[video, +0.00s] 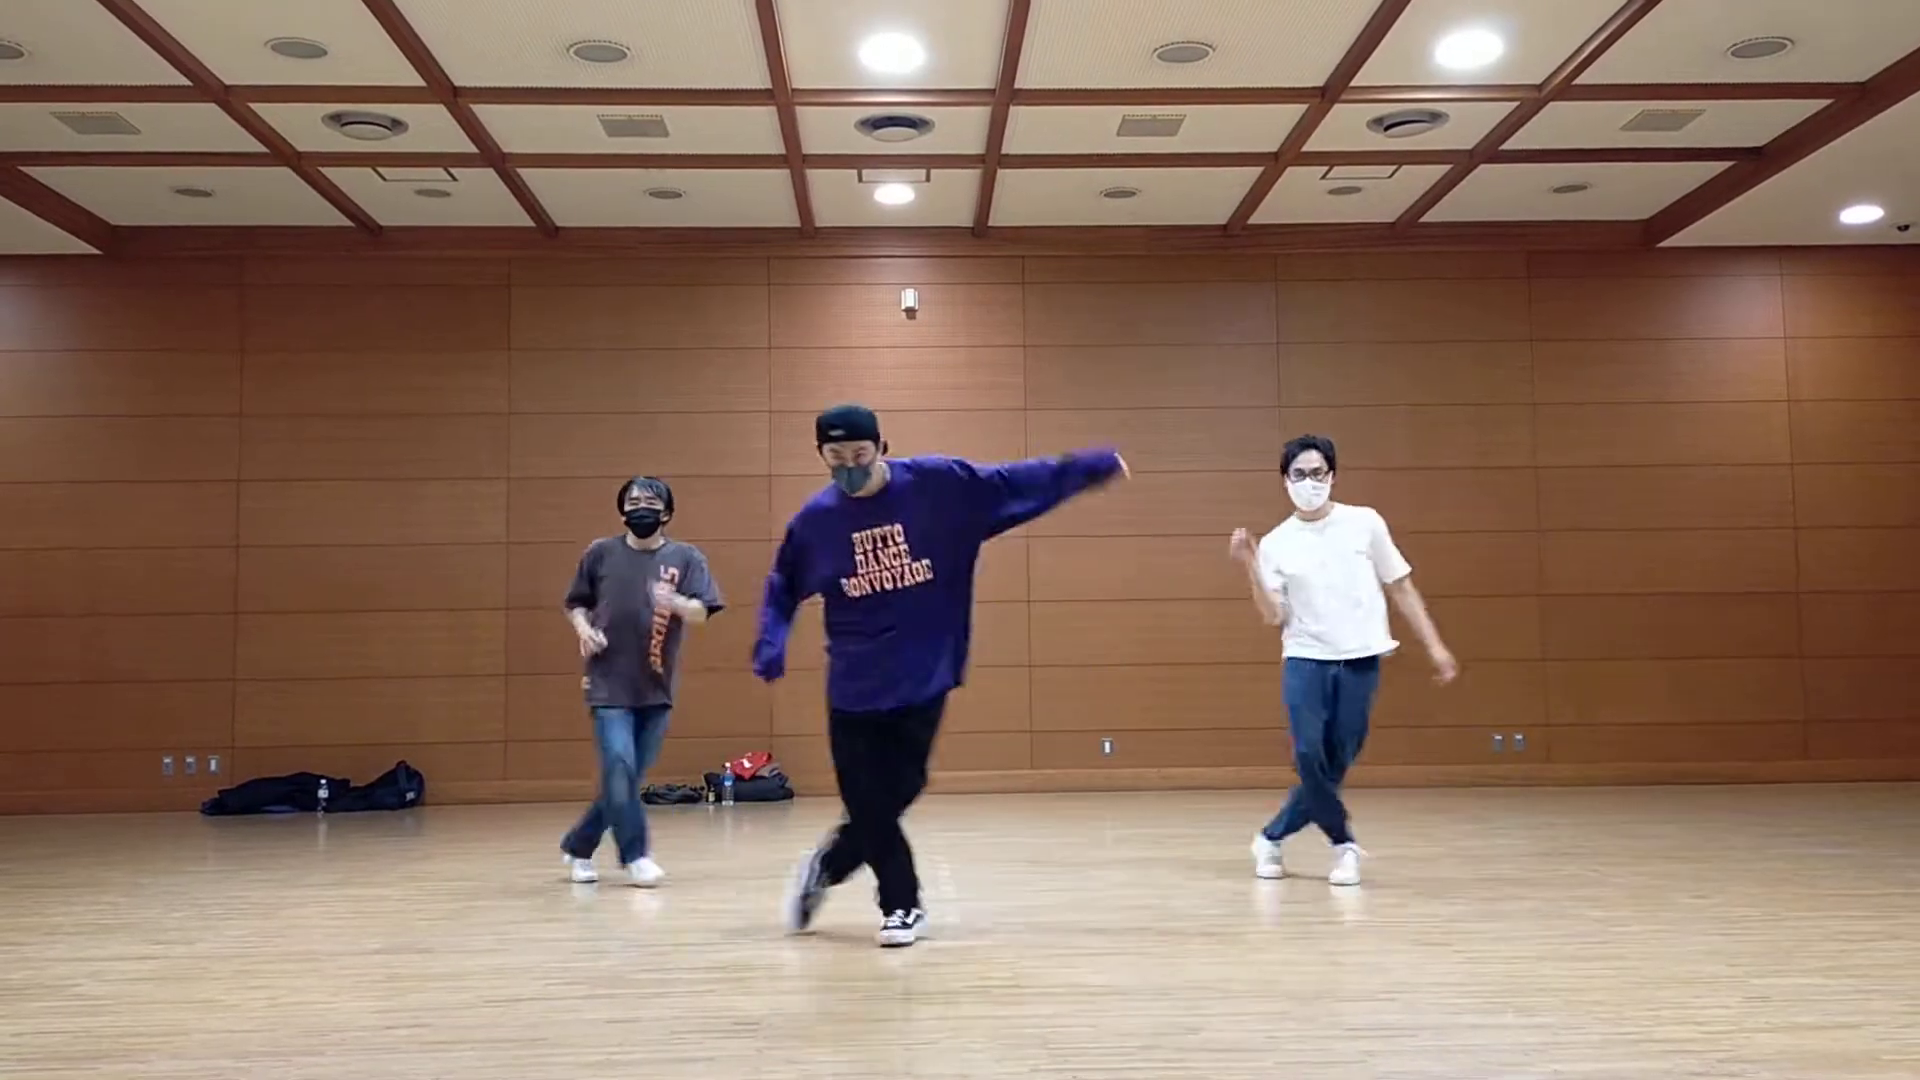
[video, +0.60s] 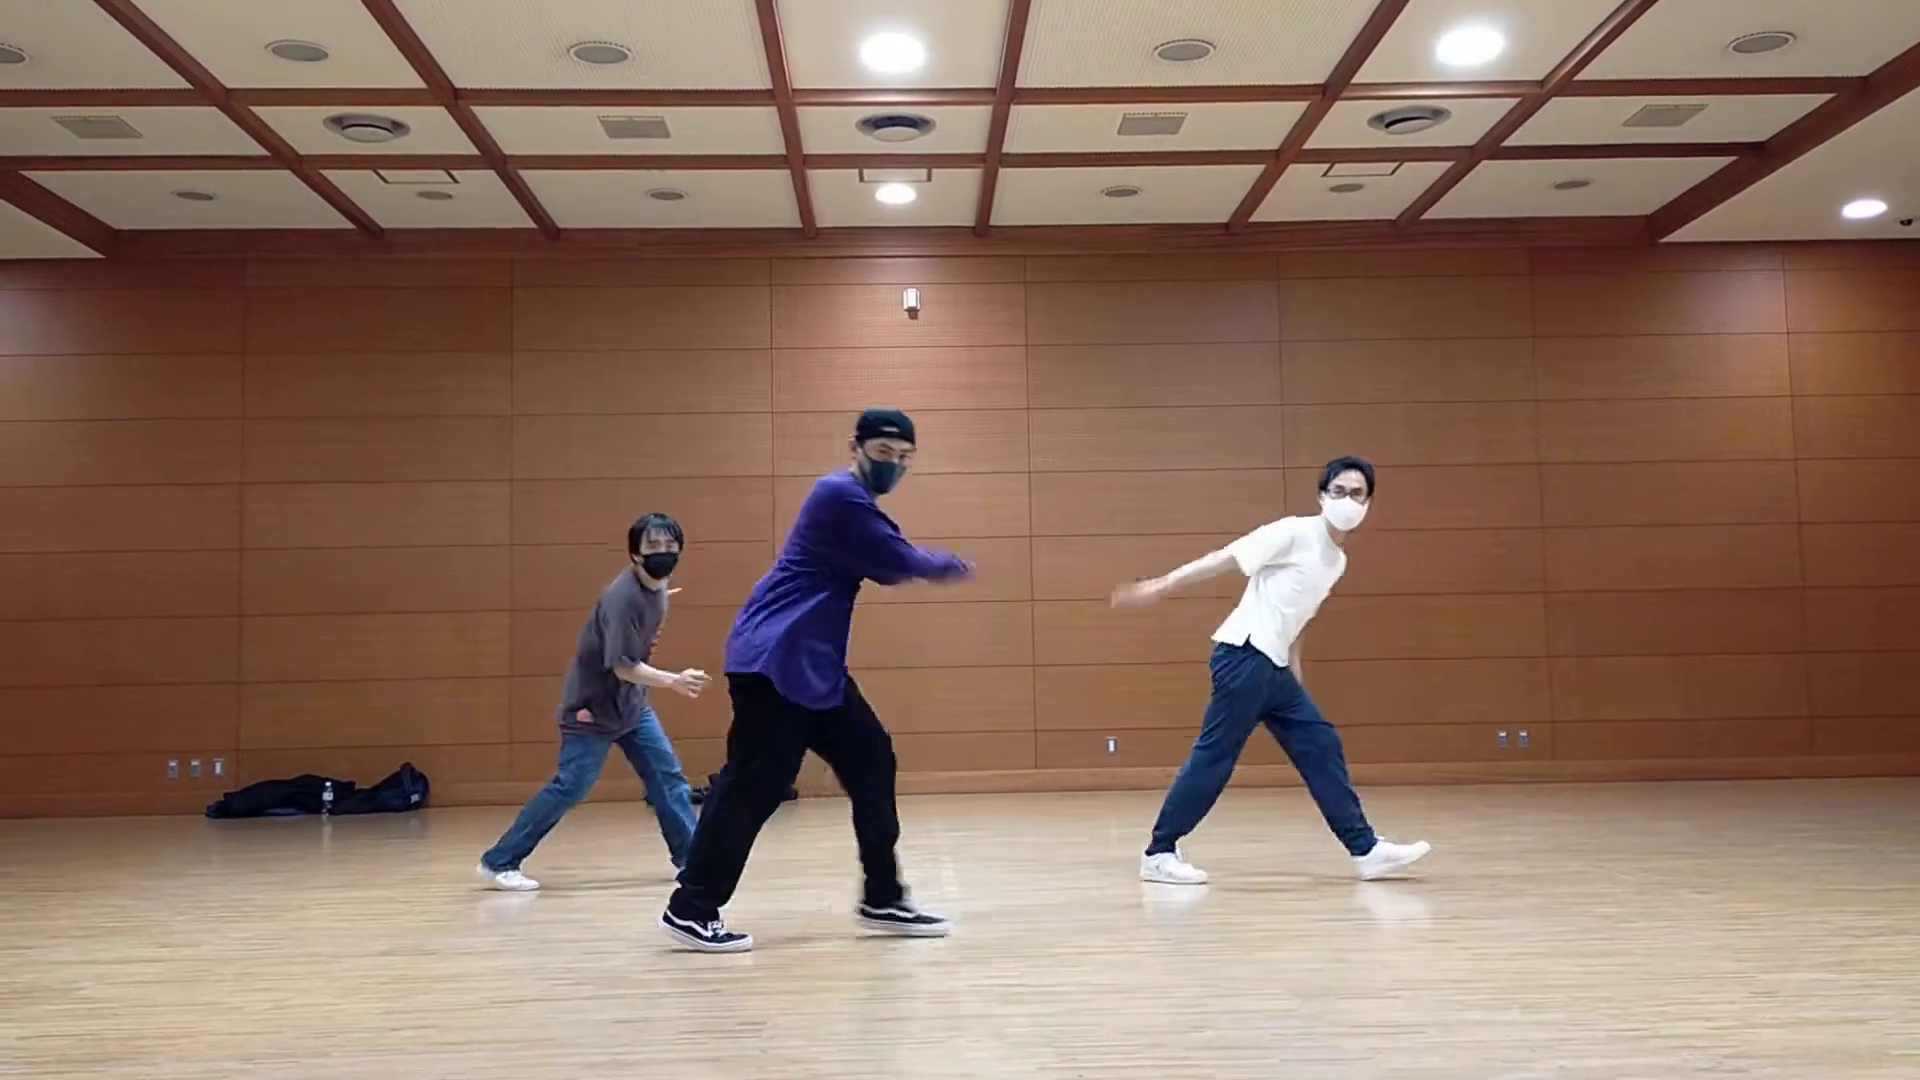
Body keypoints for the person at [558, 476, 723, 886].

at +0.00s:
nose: (641, 508)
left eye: (650, 502)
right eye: (634, 502)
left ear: (665, 511)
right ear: (623, 510)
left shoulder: (686, 559)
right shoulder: (601, 554)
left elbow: (703, 611)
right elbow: (576, 603)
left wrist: (675, 603)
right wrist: (584, 628)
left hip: (657, 687)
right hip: (609, 684)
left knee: (631, 776)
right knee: (620, 764)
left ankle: (578, 846)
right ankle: (635, 855)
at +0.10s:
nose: (632, 523)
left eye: (640, 517)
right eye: (624, 517)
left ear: (653, 525)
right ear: (611, 524)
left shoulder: (666, 574)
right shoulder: (588, 567)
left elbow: (677, 626)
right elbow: (564, 625)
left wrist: (667, 662)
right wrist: (582, 672)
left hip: (637, 700)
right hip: (595, 695)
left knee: (619, 784)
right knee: (602, 764)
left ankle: (583, 852)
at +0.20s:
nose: (622, 516)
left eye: (630, 510)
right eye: (613, 510)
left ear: (642, 522)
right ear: (599, 521)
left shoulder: (650, 572)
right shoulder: (580, 565)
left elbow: (657, 637)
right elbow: (567, 629)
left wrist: (660, 689)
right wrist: (604, 669)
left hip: (633, 699)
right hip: (586, 696)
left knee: (613, 793)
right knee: (574, 779)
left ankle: (576, 856)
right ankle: (518, 855)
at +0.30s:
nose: (620, 505)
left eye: (627, 499)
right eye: (611, 499)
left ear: (638, 509)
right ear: (597, 509)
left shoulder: (643, 558)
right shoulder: (582, 551)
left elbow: (643, 619)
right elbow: (573, 612)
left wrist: (649, 670)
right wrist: (632, 625)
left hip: (626, 690)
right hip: (580, 689)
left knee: (621, 781)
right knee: (558, 776)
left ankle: (582, 848)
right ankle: (517, 859)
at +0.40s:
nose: (632, 502)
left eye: (639, 495)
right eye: (622, 496)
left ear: (650, 502)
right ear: (607, 505)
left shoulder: (644, 549)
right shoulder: (595, 546)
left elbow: (628, 599)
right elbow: (583, 606)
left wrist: (636, 634)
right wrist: (641, 603)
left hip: (622, 680)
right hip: (581, 681)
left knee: (636, 759)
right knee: (557, 769)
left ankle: (621, 852)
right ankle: (512, 856)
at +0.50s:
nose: (645, 521)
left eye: (652, 514)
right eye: (636, 515)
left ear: (664, 523)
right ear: (620, 525)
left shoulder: (647, 567)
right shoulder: (604, 571)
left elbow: (627, 621)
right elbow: (601, 634)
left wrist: (661, 626)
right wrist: (663, 631)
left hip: (620, 692)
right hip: (582, 694)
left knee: (649, 773)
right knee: (557, 777)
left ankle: (681, 852)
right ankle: (498, 859)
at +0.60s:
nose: (662, 551)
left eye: (669, 545)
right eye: (653, 545)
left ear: (677, 551)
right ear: (635, 552)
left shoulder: (654, 586)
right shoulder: (622, 597)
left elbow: (646, 602)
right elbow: (621, 666)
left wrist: (663, 598)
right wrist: (673, 680)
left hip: (630, 699)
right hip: (590, 706)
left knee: (667, 775)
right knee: (571, 786)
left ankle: (692, 864)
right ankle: (498, 862)